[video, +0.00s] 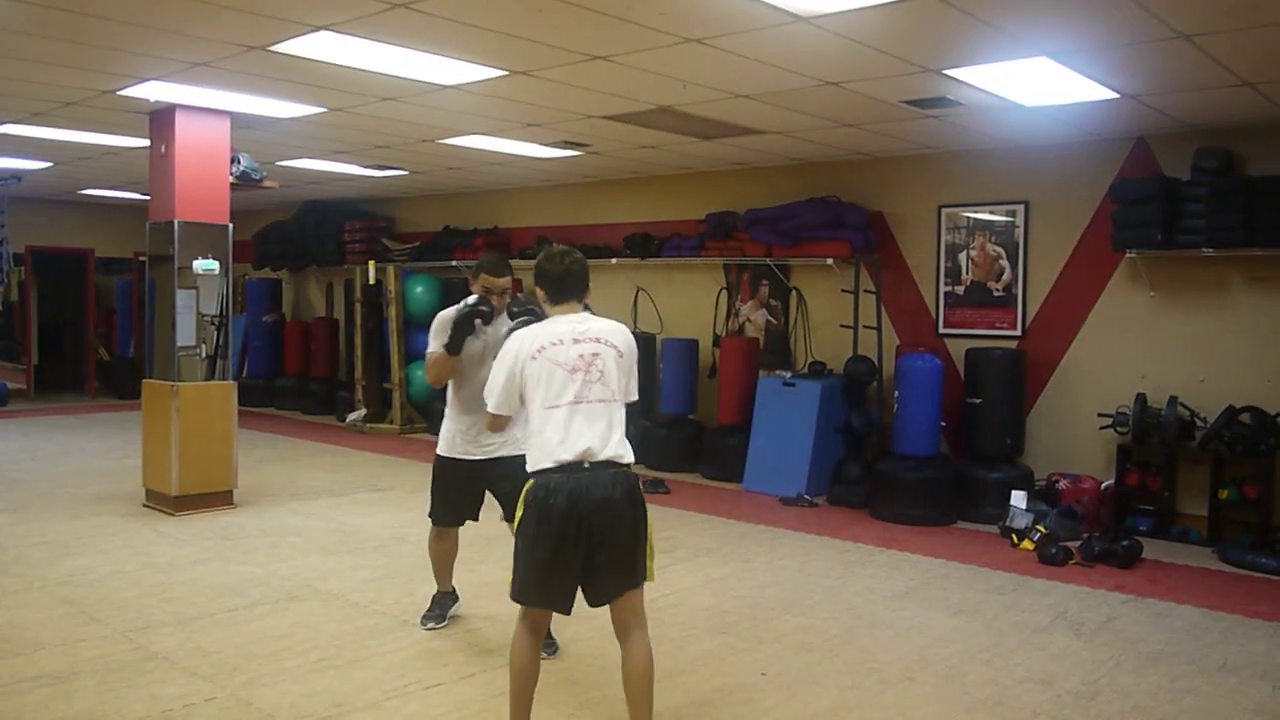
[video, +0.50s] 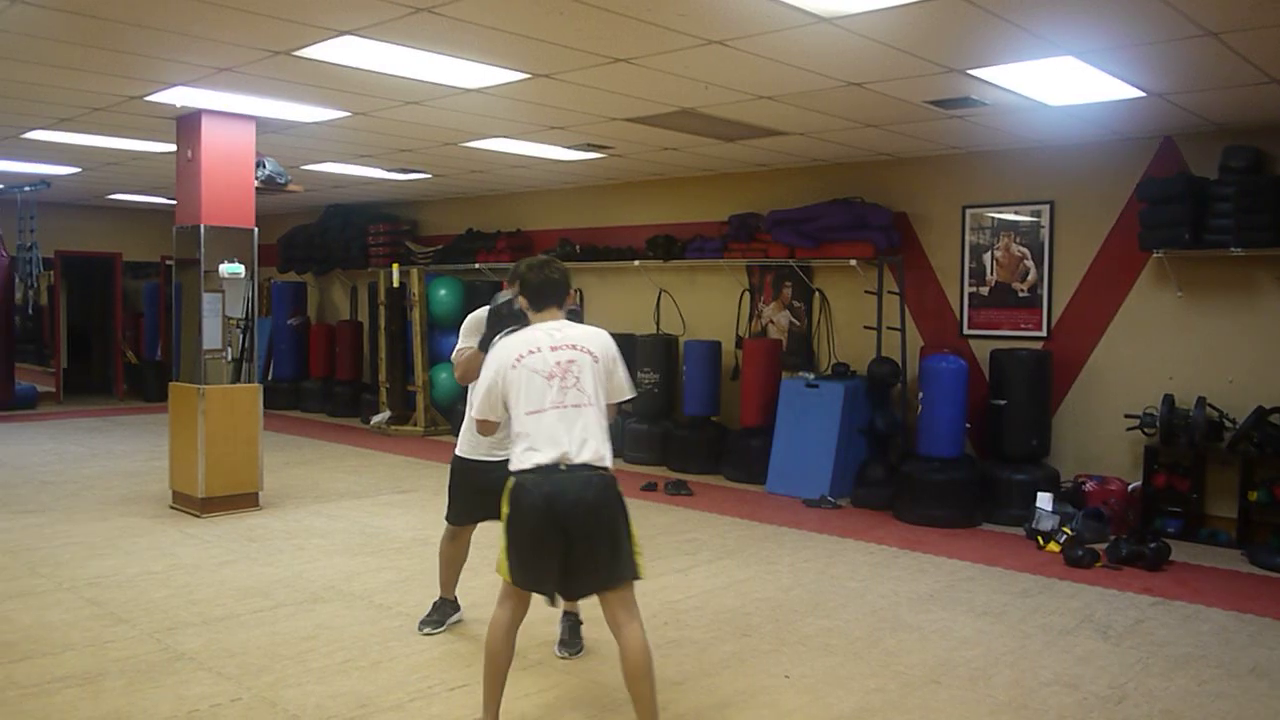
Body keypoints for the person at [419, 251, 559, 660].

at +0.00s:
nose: (497, 299)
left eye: (504, 292)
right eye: (489, 291)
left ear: (513, 287)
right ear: (472, 283)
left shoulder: (523, 319)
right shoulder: (449, 319)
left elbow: (546, 370)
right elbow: (435, 376)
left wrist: (537, 332)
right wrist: (460, 333)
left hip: (512, 446)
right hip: (457, 447)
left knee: (533, 532)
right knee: (443, 526)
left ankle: (540, 623)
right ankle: (444, 593)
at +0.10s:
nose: (504, 303)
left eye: (512, 296)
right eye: (497, 294)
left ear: (523, 291)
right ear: (481, 286)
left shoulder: (532, 321)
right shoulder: (459, 319)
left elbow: (554, 377)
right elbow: (443, 378)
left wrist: (542, 336)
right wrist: (467, 336)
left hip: (518, 448)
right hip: (462, 446)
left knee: (535, 534)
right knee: (433, 522)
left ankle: (541, 619)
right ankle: (439, 588)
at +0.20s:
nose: (510, 300)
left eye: (518, 294)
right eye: (503, 292)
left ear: (528, 290)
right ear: (488, 285)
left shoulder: (537, 323)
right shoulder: (464, 319)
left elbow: (554, 376)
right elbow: (446, 378)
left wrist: (541, 329)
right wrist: (477, 331)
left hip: (519, 448)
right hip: (463, 444)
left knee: (534, 535)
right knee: (428, 520)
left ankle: (540, 621)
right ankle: (430, 586)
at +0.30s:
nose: (521, 303)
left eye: (529, 296)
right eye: (514, 295)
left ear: (535, 292)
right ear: (495, 288)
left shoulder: (542, 323)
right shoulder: (467, 320)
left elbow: (560, 374)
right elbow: (451, 379)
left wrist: (540, 336)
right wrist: (482, 333)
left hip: (523, 452)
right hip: (464, 450)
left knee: (536, 537)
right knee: (439, 527)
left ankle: (545, 622)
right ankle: (427, 597)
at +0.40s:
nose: (519, 299)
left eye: (525, 293)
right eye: (513, 291)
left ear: (536, 295)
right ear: (499, 290)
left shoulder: (544, 328)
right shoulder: (474, 319)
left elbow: (559, 376)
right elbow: (457, 375)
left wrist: (538, 331)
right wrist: (494, 336)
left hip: (526, 451)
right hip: (470, 451)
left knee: (542, 536)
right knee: (452, 528)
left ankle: (555, 621)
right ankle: (440, 600)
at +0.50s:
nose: (524, 300)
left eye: (530, 293)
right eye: (519, 292)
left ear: (538, 292)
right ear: (508, 288)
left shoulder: (552, 326)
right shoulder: (479, 321)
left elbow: (565, 383)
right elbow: (463, 374)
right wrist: (495, 335)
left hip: (537, 451)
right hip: (477, 451)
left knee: (559, 532)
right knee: (457, 528)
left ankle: (570, 614)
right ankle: (446, 600)